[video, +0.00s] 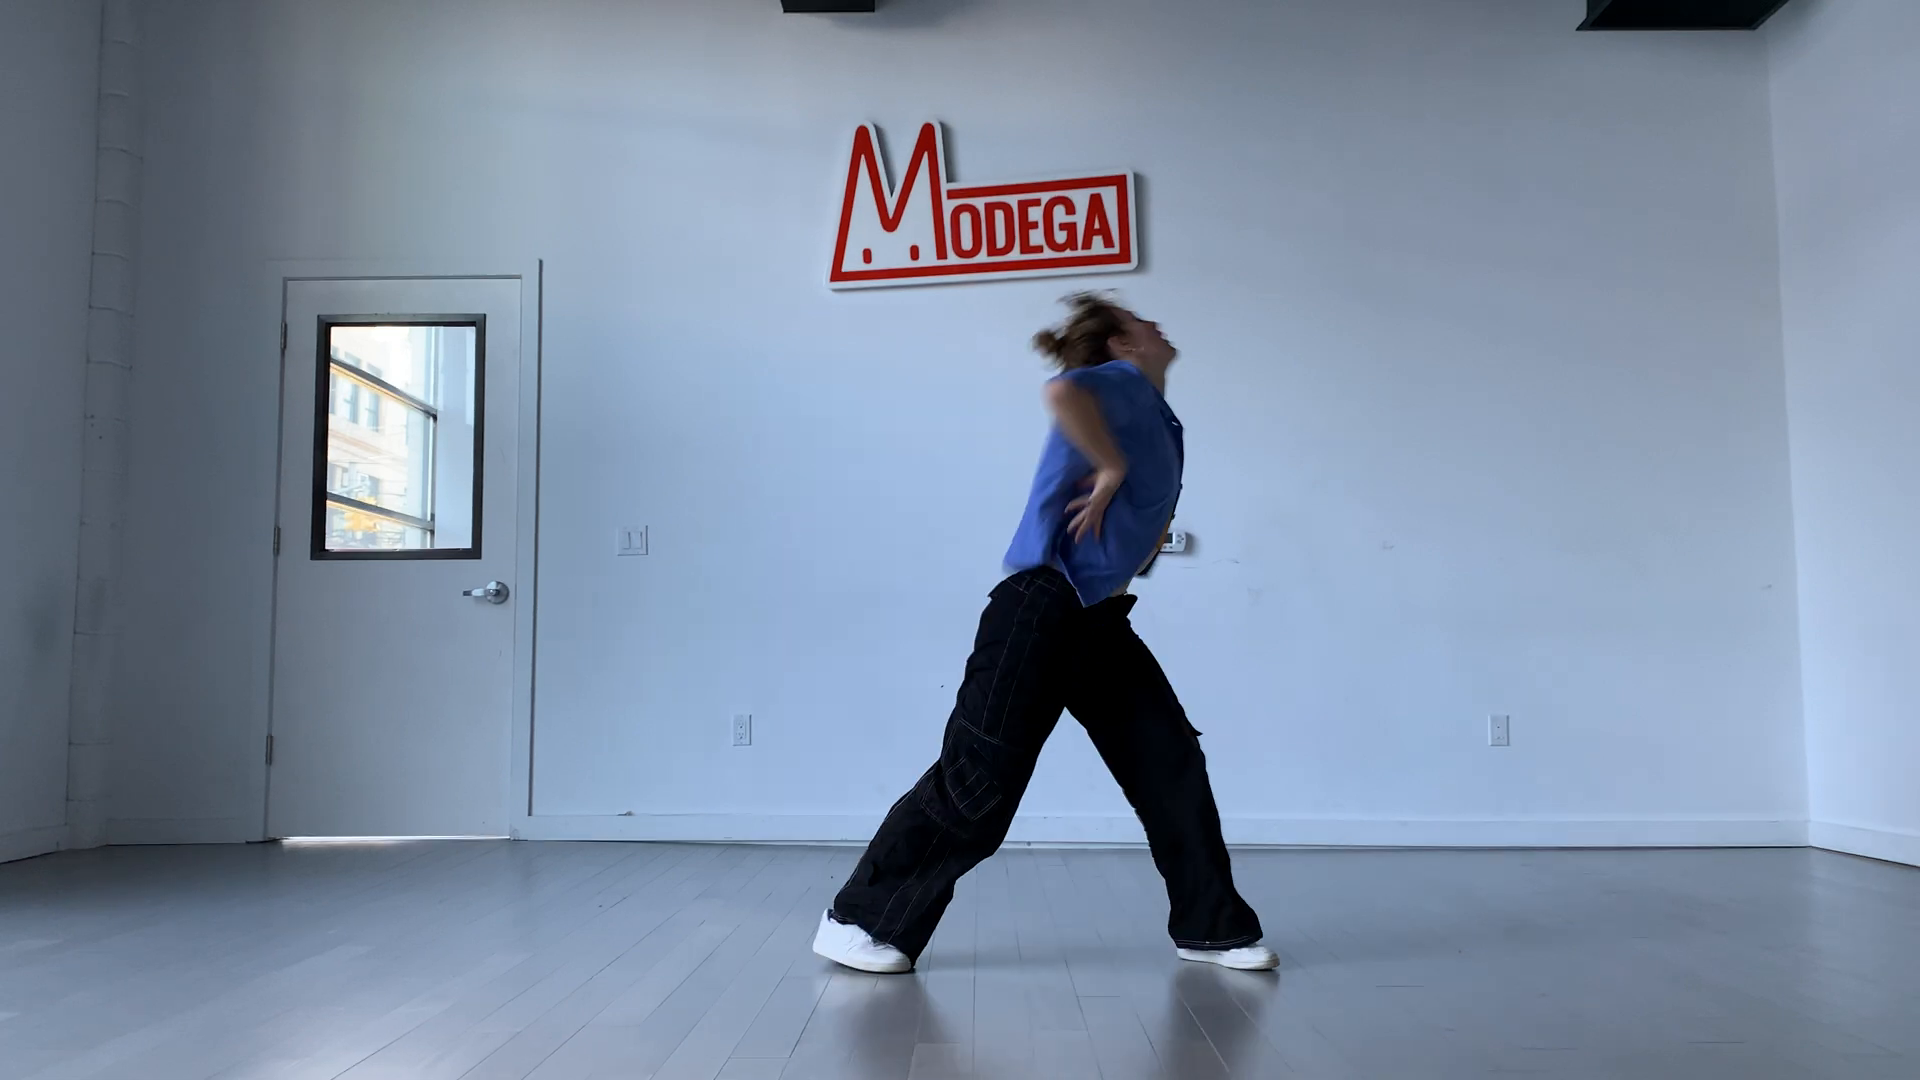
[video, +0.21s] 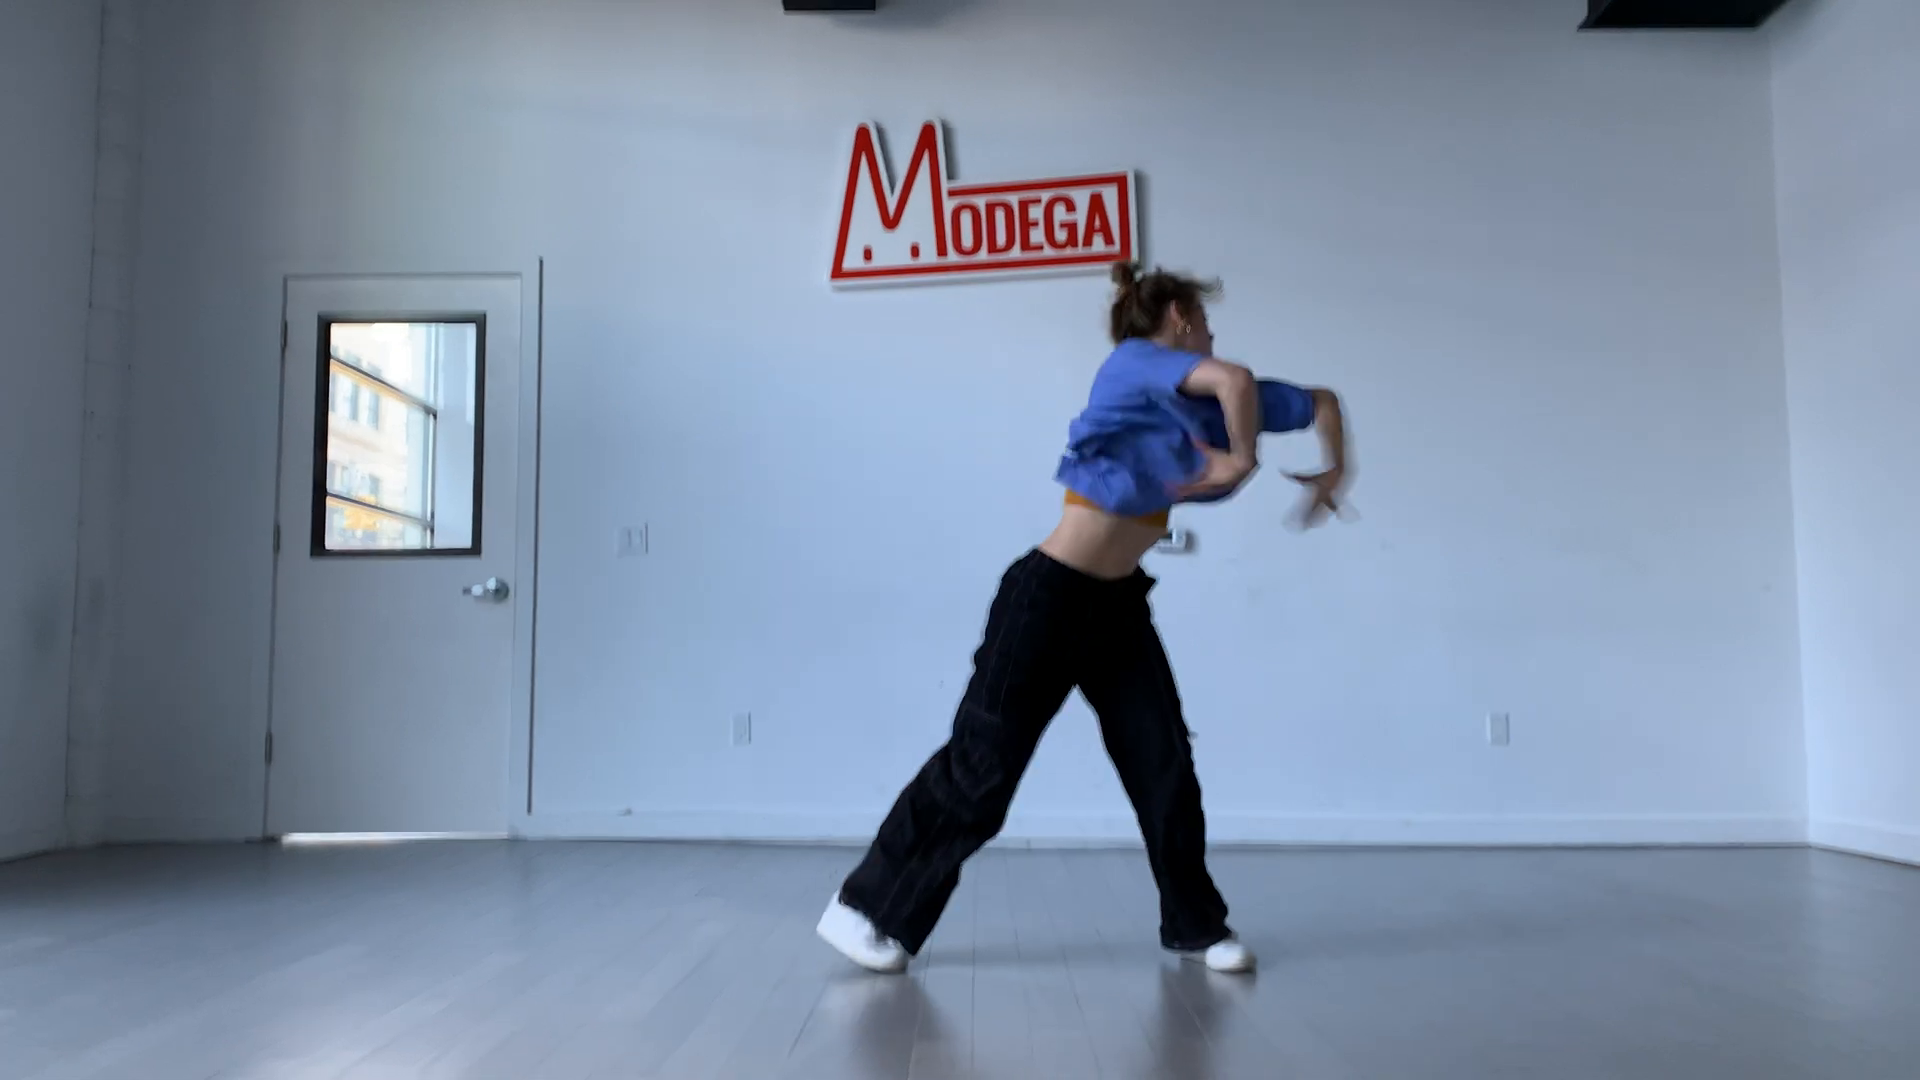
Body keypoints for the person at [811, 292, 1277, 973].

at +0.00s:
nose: (1159, 328)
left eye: (1150, 320)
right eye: (1143, 323)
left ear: (1132, 347)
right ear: (1119, 343)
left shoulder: (1157, 422)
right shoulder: (1118, 382)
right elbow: (1061, 394)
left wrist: (1152, 532)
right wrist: (1113, 466)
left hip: (1101, 622)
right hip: (1039, 611)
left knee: (1172, 765)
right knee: (977, 782)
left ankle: (1210, 927)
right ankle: (859, 921)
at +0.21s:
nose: (1207, 334)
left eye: (1206, 324)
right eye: (1201, 321)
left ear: (1176, 324)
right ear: (1173, 318)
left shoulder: (1206, 402)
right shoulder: (1130, 365)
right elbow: (1232, 381)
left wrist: (1336, 471)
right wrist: (1241, 459)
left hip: (1119, 607)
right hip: (1048, 598)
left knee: (1165, 772)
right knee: (978, 770)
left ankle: (1195, 927)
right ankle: (864, 909)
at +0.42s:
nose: (1210, 298)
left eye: (1216, 288)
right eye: (1194, 286)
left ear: (1220, 305)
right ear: (1152, 299)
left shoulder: (1232, 394)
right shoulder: (1127, 367)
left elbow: (1337, 429)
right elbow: (1198, 416)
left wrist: (1462, 450)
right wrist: (1309, 424)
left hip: (1183, 589)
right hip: (1102, 590)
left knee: (1202, 769)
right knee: (1115, 753)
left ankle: (1203, 927)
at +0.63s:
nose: (1206, 298)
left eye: (1220, 288)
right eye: (1192, 286)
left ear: (1231, 297)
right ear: (1164, 293)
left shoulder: (1233, 373)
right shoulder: (1144, 336)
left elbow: (1297, 392)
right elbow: (1190, 354)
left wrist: (1374, 378)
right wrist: (1240, 355)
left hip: (1228, 589)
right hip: (1145, 586)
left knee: (1256, 754)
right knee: (1213, 753)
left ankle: (1242, 932)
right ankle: (1300, 944)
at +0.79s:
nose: (1208, 303)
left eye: (1221, 291)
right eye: (1194, 290)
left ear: (1236, 300)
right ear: (1167, 296)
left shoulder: (1235, 364)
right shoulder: (1153, 341)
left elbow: (1248, 380)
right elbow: (1156, 355)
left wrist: (1263, 379)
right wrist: (1170, 358)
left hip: (1230, 575)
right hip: (1160, 567)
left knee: (1285, 754)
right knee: (1221, 738)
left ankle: (1216, 933)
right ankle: (1201, 942)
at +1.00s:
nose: (1197, 332)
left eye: (1209, 317)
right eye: (1179, 320)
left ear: (1227, 323)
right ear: (1158, 328)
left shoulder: (1235, 385)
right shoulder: (1154, 375)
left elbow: (1301, 375)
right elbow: (1054, 369)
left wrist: (1228, 390)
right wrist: (1137, 380)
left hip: (1216, 593)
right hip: (1169, 575)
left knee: (1289, 776)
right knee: (1221, 762)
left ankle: (1196, 942)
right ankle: (1082, 923)